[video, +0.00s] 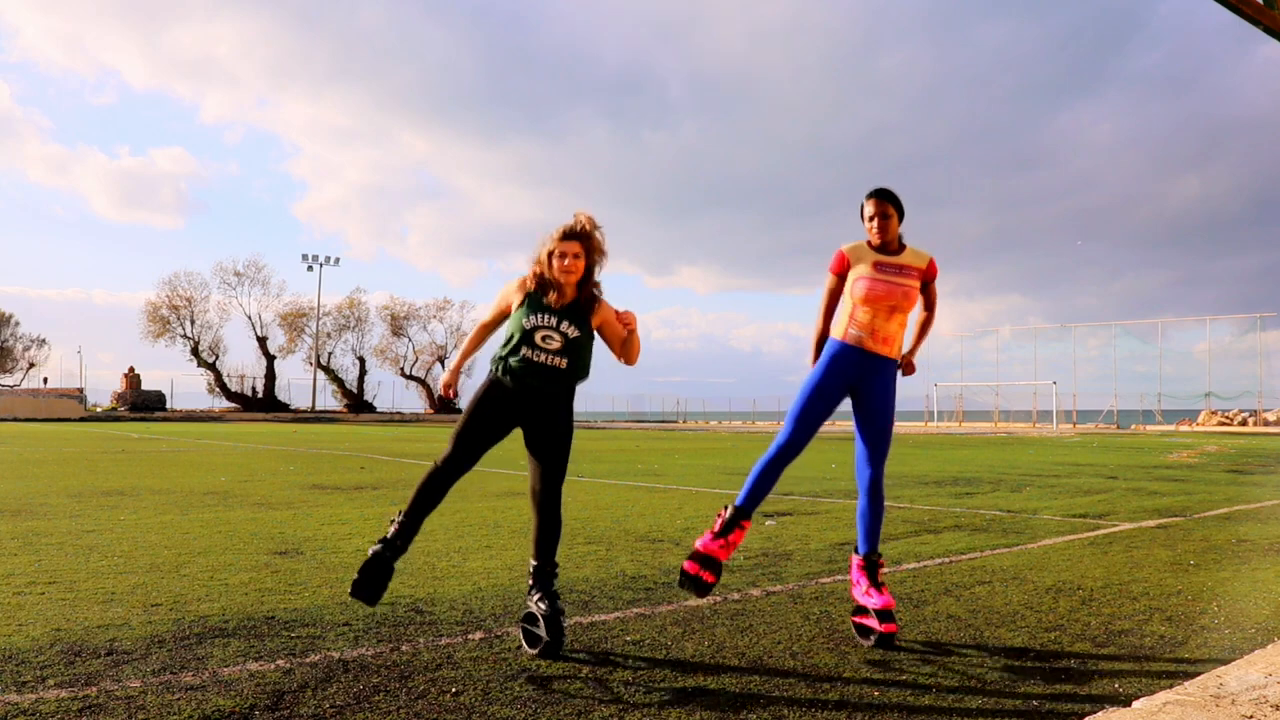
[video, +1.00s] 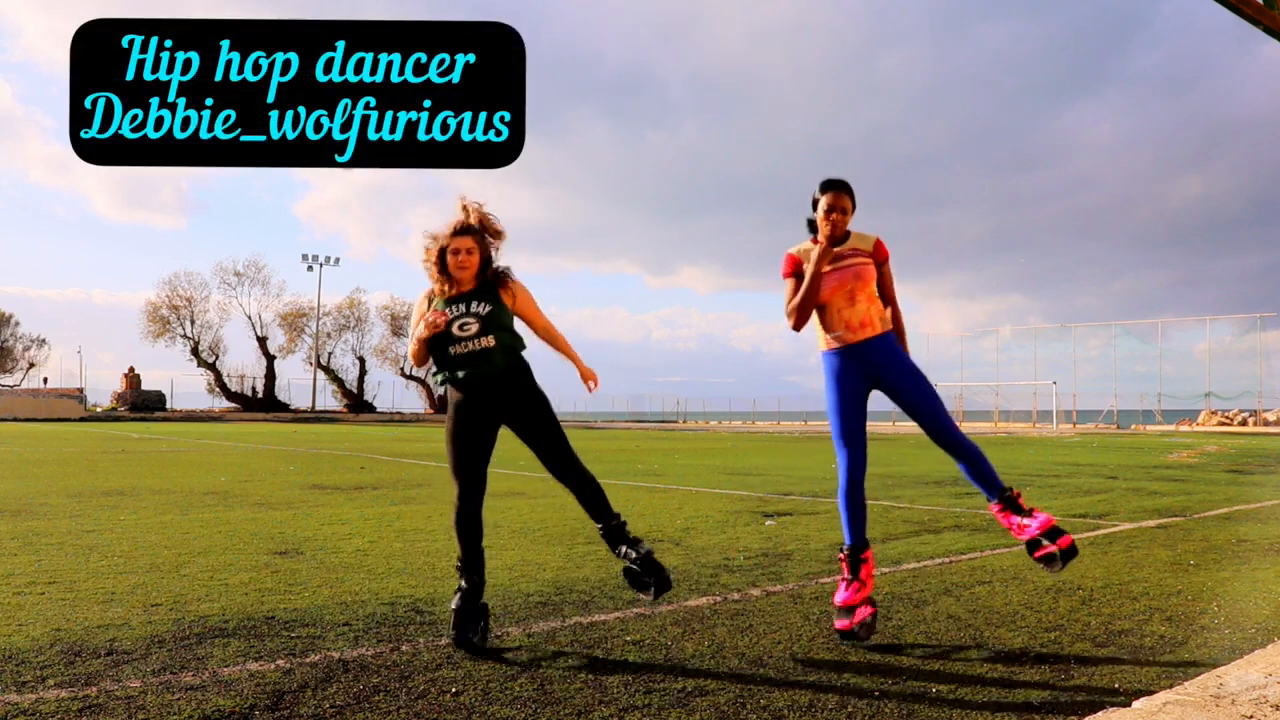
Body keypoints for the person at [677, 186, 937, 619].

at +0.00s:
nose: (877, 224)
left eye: (885, 216)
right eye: (871, 218)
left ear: (900, 220)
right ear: (864, 223)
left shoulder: (922, 265)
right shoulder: (850, 256)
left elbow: (929, 309)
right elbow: (828, 307)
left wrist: (911, 351)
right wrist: (816, 356)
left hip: (882, 371)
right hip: (838, 359)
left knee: (872, 477)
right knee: (788, 443)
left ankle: (867, 570)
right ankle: (731, 525)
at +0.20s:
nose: (880, 240)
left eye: (887, 232)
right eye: (873, 234)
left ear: (902, 236)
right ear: (866, 239)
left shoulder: (919, 286)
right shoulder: (851, 274)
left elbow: (920, 343)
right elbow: (822, 338)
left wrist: (921, 388)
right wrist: (797, 390)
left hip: (880, 391)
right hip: (836, 379)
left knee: (874, 489)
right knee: (786, 463)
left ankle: (856, 582)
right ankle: (727, 540)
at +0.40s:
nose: (867, 223)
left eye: (874, 216)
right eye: (861, 216)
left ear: (888, 221)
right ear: (851, 222)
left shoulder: (910, 255)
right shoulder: (835, 257)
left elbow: (948, 284)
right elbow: (793, 303)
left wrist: (940, 315)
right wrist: (827, 327)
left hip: (880, 370)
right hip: (838, 365)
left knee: (873, 476)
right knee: (815, 462)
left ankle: (865, 570)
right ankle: (785, 553)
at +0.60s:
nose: (852, 222)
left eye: (860, 216)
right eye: (846, 214)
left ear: (870, 220)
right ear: (833, 216)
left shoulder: (888, 260)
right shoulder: (814, 260)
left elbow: (904, 319)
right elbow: (798, 322)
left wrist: (921, 369)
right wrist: (823, 292)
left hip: (880, 365)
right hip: (835, 368)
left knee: (913, 463)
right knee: (841, 471)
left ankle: (946, 552)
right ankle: (848, 574)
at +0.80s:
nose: (839, 250)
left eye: (846, 244)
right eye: (833, 242)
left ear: (855, 249)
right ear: (819, 245)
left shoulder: (872, 284)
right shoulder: (800, 291)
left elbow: (886, 339)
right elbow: (793, 353)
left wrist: (895, 387)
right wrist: (816, 294)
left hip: (882, 388)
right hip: (838, 398)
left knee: (946, 467)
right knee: (849, 496)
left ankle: (1010, 538)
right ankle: (864, 588)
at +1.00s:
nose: (836, 218)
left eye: (843, 211)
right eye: (830, 210)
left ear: (852, 215)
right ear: (814, 212)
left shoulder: (871, 248)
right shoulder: (799, 257)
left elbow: (891, 307)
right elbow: (795, 320)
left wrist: (902, 359)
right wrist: (817, 260)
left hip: (886, 353)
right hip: (841, 364)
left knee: (951, 437)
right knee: (851, 467)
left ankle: (1014, 512)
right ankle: (856, 569)